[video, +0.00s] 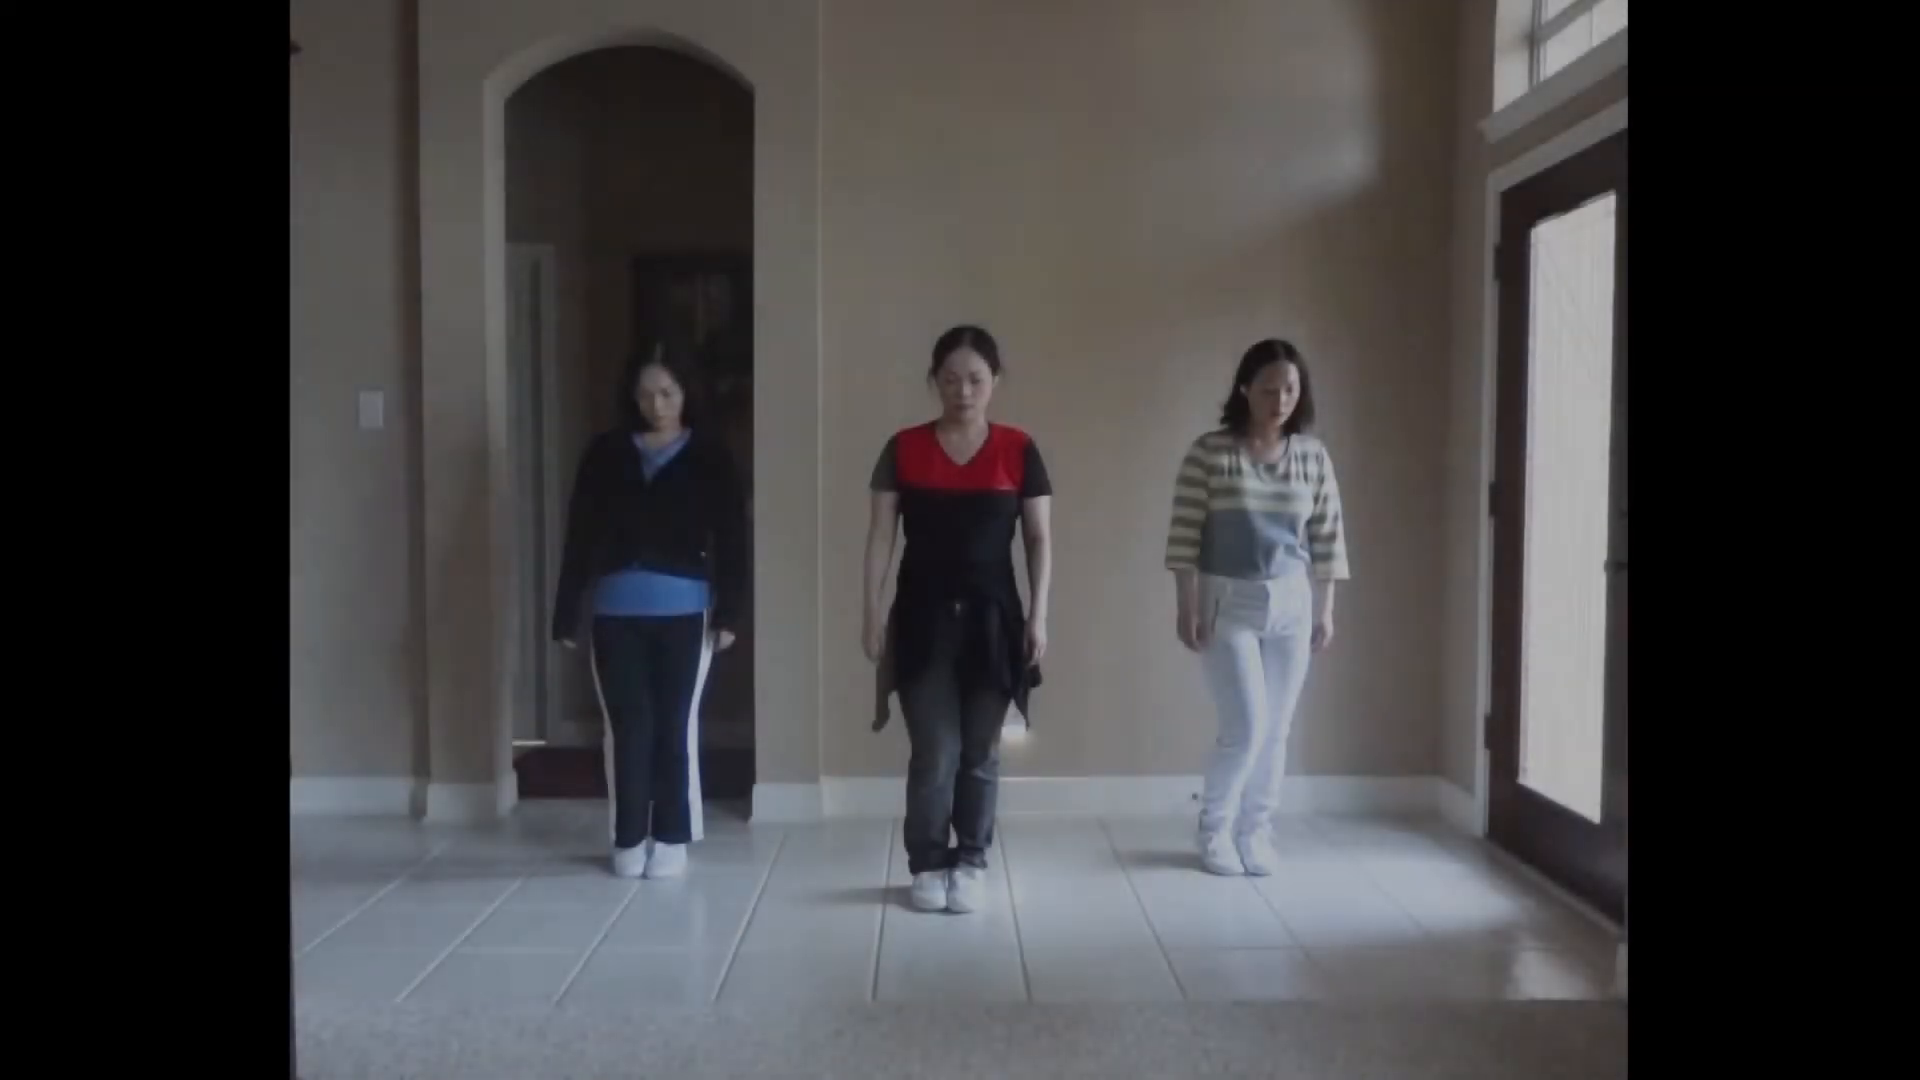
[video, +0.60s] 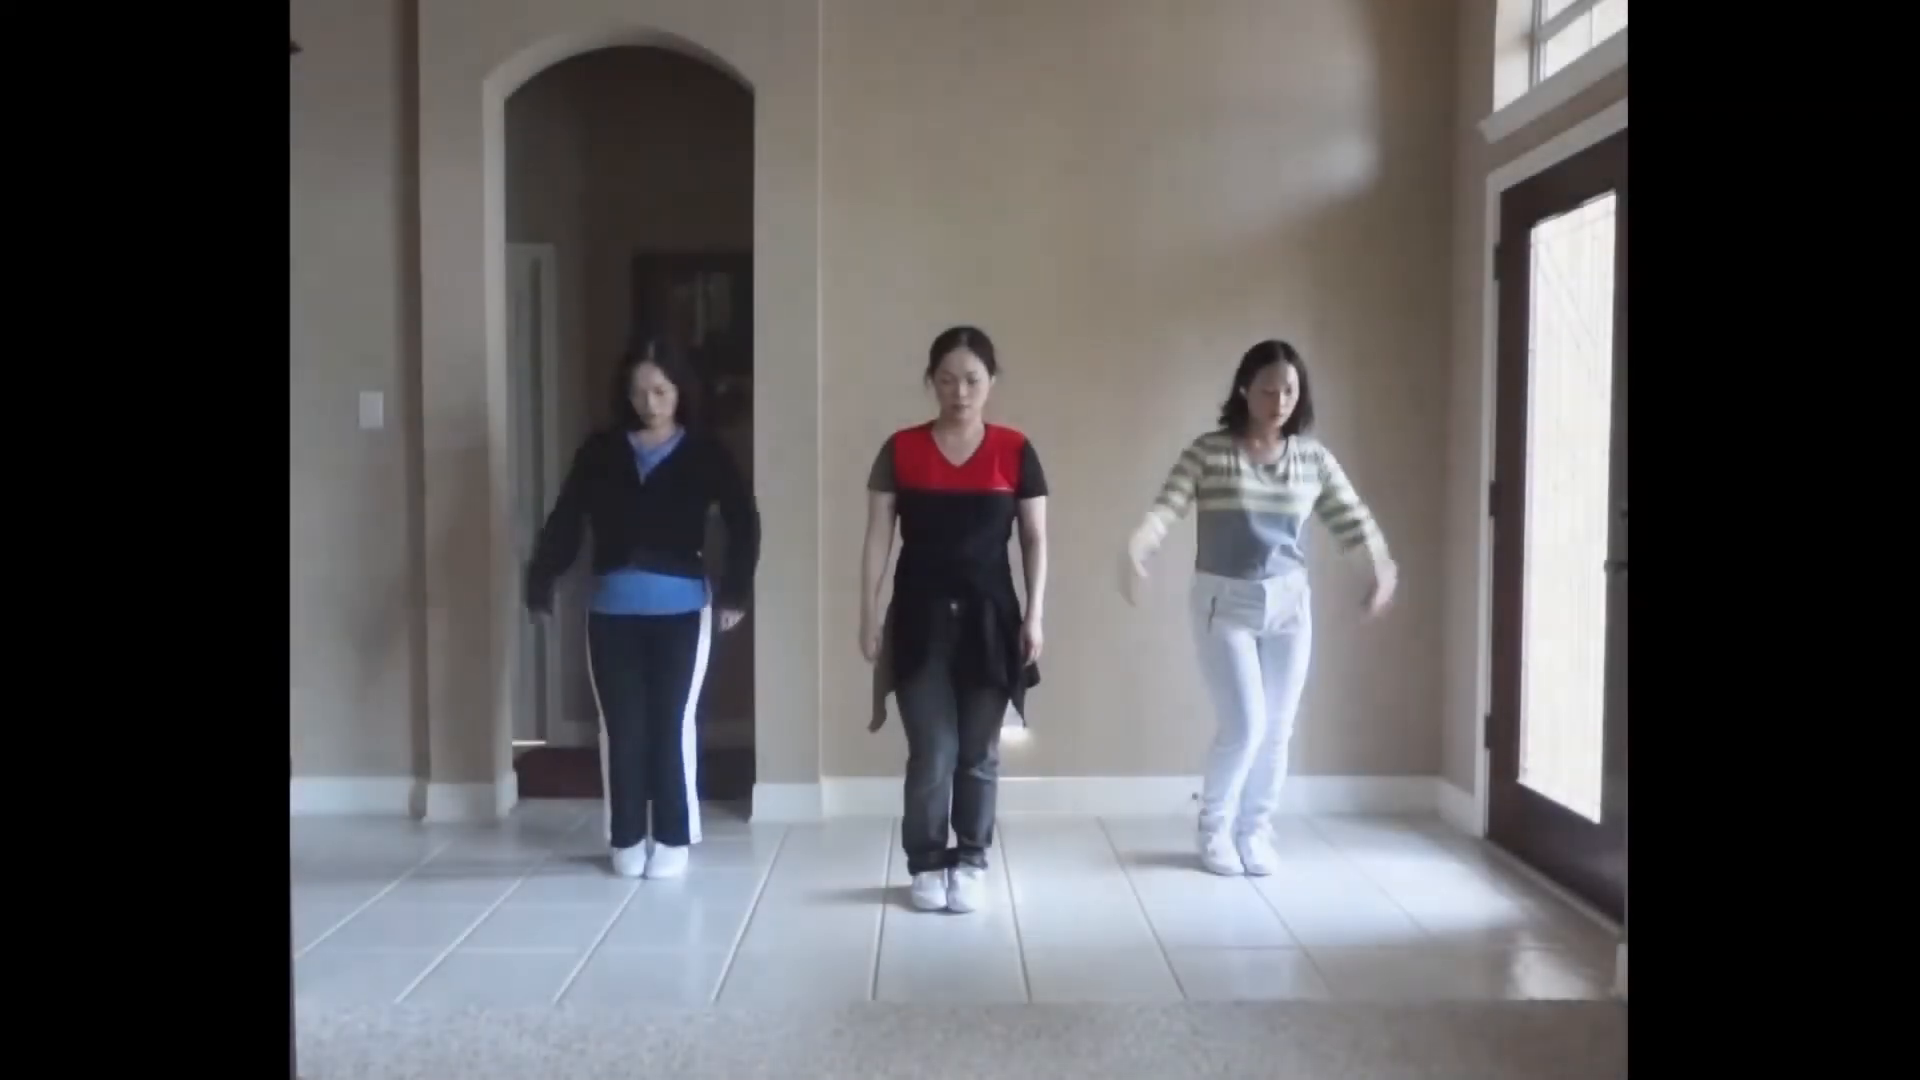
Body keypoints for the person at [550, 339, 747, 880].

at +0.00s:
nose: (658, 403)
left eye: (667, 392)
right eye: (649, 393)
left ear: (684, 395)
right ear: (635, 398)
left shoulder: (709, 456)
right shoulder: (607, 453)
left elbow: (730, 538)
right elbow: (581, 536)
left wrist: (730, 612)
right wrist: (568, 612)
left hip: (683, 616)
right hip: (616, 615)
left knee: (671, 729)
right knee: (630, 728)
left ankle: (671, 840)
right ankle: (629, 842)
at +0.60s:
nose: (651, 400)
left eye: (661, 390)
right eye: (642, 390)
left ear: (679, 392)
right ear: (628, 394)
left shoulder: (705, 453)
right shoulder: (601, 451)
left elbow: (743, 520)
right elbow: (566, 521)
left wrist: (736, 592)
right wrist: (540, 582)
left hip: (681, 612)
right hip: (613, 611)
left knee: (671, 726)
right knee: (624, 729)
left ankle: (673, 841)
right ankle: (627, 842)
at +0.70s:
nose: (651, 408)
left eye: (661, 396)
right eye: (641, 397)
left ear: (679, 398)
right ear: (628, 400)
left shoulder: (705, 455)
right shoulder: (604, 453)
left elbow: (758, 501)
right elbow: (554, 517)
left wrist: (752, 541)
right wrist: (503, 521)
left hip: (683, 618)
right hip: (616, 616)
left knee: (674, 733)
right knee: (623, 734)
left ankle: (673, 845)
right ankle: (626, 842)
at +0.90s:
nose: (647, 433)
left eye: (657, 422)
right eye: (638, 424)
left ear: (676, 422)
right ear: (627, 425)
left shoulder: (704, 473)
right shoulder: (608, 471)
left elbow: (752, 516)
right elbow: (545, 511)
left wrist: (742, 453)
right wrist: (552, 450)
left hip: (685, 630)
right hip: (618, 630)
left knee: (675, 742)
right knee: (622, 745)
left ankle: (671, 848)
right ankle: (631, 773)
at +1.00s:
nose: (644, 435)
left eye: (653, 424)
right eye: (636, 425)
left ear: (677, 423)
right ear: (627, 425)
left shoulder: (702, 472)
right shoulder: (609, 469)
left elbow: (749, 467)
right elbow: (541, 471)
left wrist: (705, 433)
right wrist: (584, 423)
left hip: (682, 627)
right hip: (615, 626)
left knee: (673, 739)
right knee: (618, 746)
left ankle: (670, 847)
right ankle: (635, 768)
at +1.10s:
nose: (642, 399)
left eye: (652, 388)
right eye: (635, 389)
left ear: (673, 395)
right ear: (626, 395)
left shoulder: (699, 449)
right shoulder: (601, 442)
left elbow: (748, 394)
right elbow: (543, 389)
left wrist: (696, 371)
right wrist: (611, 369)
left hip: (679, 604)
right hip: (615, 602)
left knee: (669, 721)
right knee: (619, 713)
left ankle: (672, 841)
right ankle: (637, 804)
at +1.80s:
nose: (644, 393)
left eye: (653, 386)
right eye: (634, 386)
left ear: (670, 396)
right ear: (620, 395)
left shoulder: (683, 434)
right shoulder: (602, 432)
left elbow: (685, 432)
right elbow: (587, 431)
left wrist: (649, 418)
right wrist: (610, 411)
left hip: (667, 585)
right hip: (611, 584)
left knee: (656, 701)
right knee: (623, 702)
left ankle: (683, 819)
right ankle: (641, 817)